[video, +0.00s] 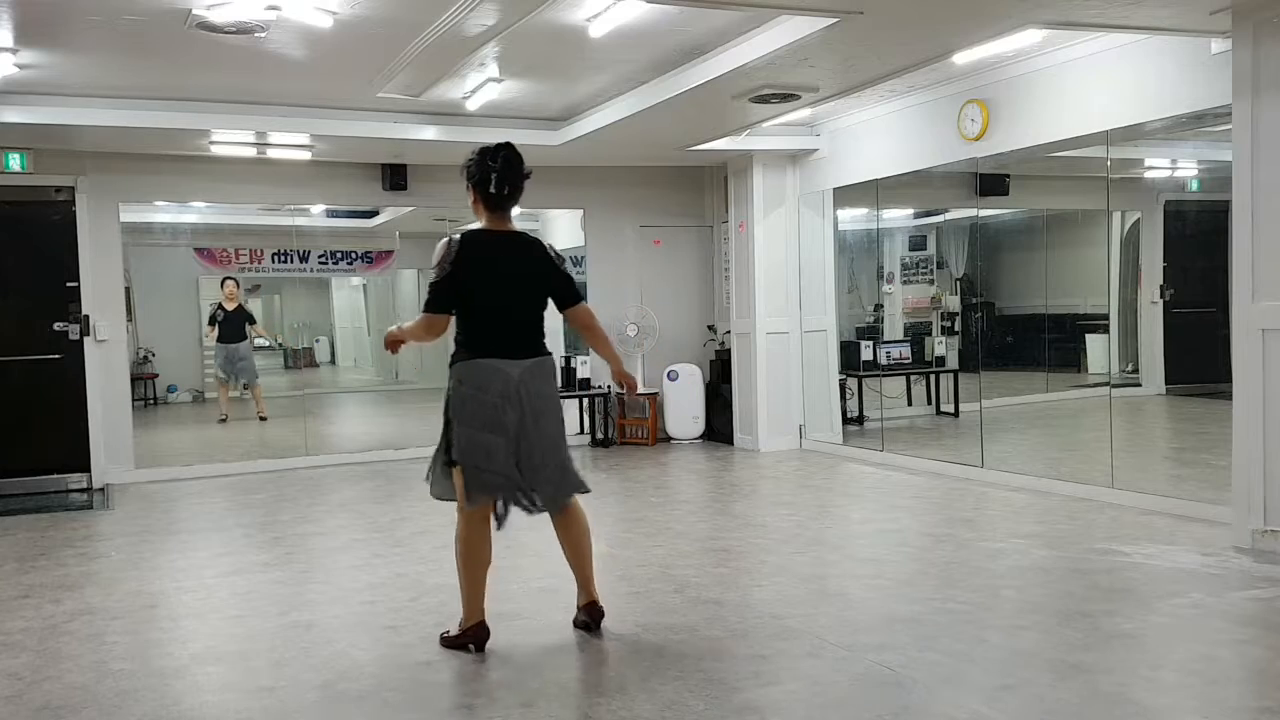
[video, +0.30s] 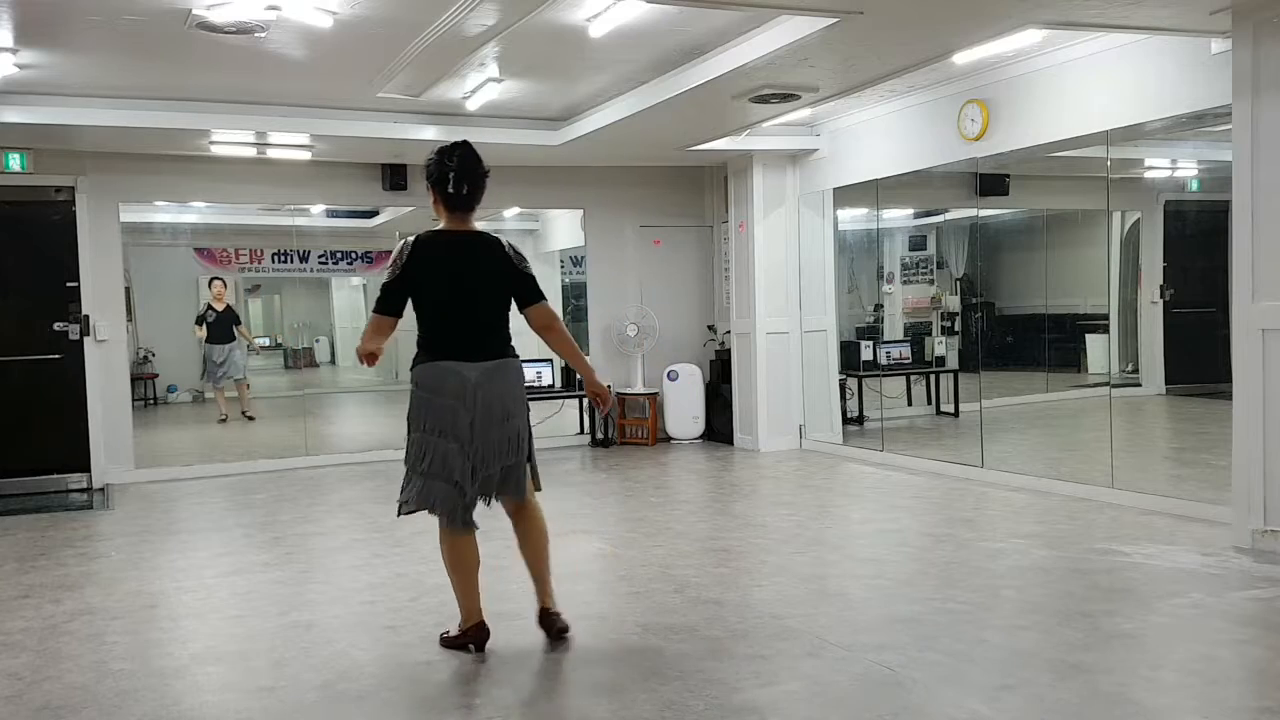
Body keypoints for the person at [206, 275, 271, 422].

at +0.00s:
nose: (231, 290)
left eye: (234, 286)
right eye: (227, 287)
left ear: (238, 289)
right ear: (222, 290)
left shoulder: (244, 308)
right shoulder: (216, 309)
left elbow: (255, 327)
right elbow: (210, 328)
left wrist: (269, 339)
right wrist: (207, 333)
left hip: (242, 347)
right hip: (223, 348)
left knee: (253, 380)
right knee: (223, 382)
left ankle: (260, 410)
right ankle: (223, 413)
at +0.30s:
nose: (219, 290)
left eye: (222, 287)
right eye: (215, 287)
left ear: (226, 290)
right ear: (210, 290)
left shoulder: (230, 308)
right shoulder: (207, 308)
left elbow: (240, 328)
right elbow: (198, 325)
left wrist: (253, 342)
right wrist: (200, 333)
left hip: (232, 346)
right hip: (214, 348)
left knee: (240, 378)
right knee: (218, 383)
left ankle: (245, 409)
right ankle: (223, 412)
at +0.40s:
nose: (216, 290)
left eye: (218, 287)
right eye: (212, 288)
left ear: (222, 290)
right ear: (207, 291)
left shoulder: (227, 308)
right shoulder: (203, 308)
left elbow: (238, 328)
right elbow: (196, 326)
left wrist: (250, 341)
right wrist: (195, 339)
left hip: (229, 347)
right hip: (211, 348)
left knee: (236, 378)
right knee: (216, 382)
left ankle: (230, 408)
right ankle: (222, 412)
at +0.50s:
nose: (213, 291)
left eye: (216, 288)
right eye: (210, 288)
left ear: (220, 290)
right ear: (204, 291)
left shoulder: (225, 309)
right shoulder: (201, 310)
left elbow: (236, 328)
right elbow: (192, 329)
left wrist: (248, 341)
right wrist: (188, 345)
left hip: (225, 348)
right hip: (209, 348)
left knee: (224, 380)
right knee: (215, 381)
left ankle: (214, 407)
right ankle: (222, 411)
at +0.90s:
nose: (202, 292)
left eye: (204, 289)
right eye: (198, 289)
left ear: (208, 291)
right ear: (193, 292)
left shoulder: (213, 310)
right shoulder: (189, 310)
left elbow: (224, 327)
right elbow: (177, 329)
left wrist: (236, 340)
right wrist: (168, 346)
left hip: (211, 348)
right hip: (196, 348)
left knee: (208, 380)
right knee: (205, 379)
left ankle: (201, 412)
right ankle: (213, 411)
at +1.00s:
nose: (198, 292)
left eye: (201, 289)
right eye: (195, 289)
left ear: (204, 292)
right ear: (189, 292)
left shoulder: (209, 310)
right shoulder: (185, 310)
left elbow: (221, 327)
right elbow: (173, 329)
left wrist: (233, 342)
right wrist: (164, 346)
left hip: (209, 349)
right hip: (193, 349)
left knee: (207, 381)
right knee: (200, 380)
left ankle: (202, 412)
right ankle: (199, 413)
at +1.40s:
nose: (183, 291)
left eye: (186, 288)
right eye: (180, 288)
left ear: (190, 291)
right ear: (174, 291)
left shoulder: (195, 310)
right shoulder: (168, 309)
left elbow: (208, 327)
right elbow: (158, 325)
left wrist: (220, 340)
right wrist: (150, 337)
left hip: (194, 350)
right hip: (174, 351)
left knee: (198, 383)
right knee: (179, 385)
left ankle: (200, 412)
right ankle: (182, 414)